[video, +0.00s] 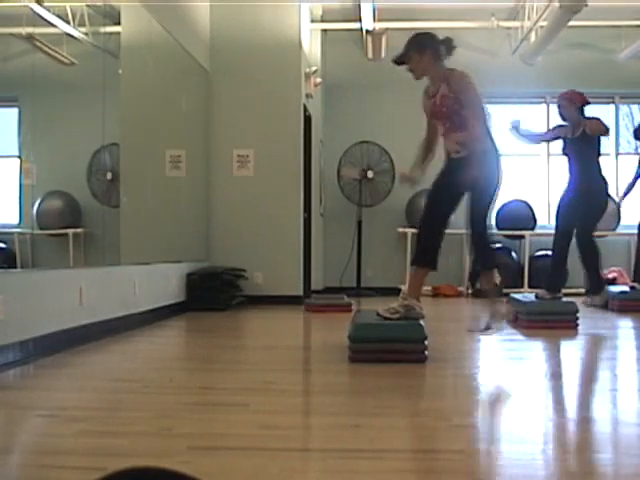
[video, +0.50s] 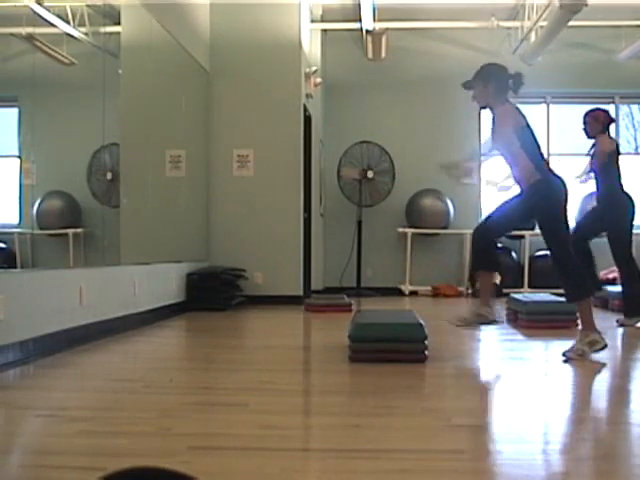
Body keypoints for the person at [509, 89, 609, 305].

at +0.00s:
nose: (560, 111)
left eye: (564, 107)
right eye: (559, 107)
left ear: (576, 107)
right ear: (562, 109)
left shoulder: (593, 124)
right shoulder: (563, 130)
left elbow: (603, 131)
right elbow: (539, 138)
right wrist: (518, 132)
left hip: (595, 189)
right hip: (573, 190)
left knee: (584, 235)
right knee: (561, 237)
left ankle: (597, 290)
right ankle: (552, 288)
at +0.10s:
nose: (568, 117)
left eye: (572, 112)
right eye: (568, 112)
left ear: (584, 113)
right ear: (569, 115)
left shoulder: (593, 132)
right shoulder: (574, 134)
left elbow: (586, 115)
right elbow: (545, 128)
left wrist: (571, 98)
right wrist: (531, 109)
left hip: (600, 196)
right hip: (582, 197)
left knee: (599, 246)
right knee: (561, 240)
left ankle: (620, 298)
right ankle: (553, 290)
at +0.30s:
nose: (582, 134)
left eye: (585, 129)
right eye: (581, 131)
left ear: (596, 130)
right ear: (595, 132)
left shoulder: (605, 150)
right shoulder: (600, 152)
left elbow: (585, 139)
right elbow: (582, 140)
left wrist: (566, 122)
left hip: (615, 213)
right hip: (604, 212)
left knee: (620, 265)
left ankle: (634, 313)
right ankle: (553, 284)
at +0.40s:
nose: (584, 128)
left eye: (587, 124)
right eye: (584, 124)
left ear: (599, 125)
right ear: (595, 125)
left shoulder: (604, 141)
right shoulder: (599, 143)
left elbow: (600, 146)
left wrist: (570, 147)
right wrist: (568, 146)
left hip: (618, 208)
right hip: (605, 207)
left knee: (622, 260)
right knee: (572, 232)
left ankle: (632, 312)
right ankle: (566, 284)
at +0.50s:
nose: (585, 127)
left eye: (588, 123)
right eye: (585, 123)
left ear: (600, 123)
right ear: (597, 125)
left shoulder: (604, 143)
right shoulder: (601, 146)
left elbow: (599, 161)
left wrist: (587, 172)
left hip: (614, 205)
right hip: (612, 204)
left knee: (623, 258)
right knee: (576, 238)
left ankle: (632, 310)